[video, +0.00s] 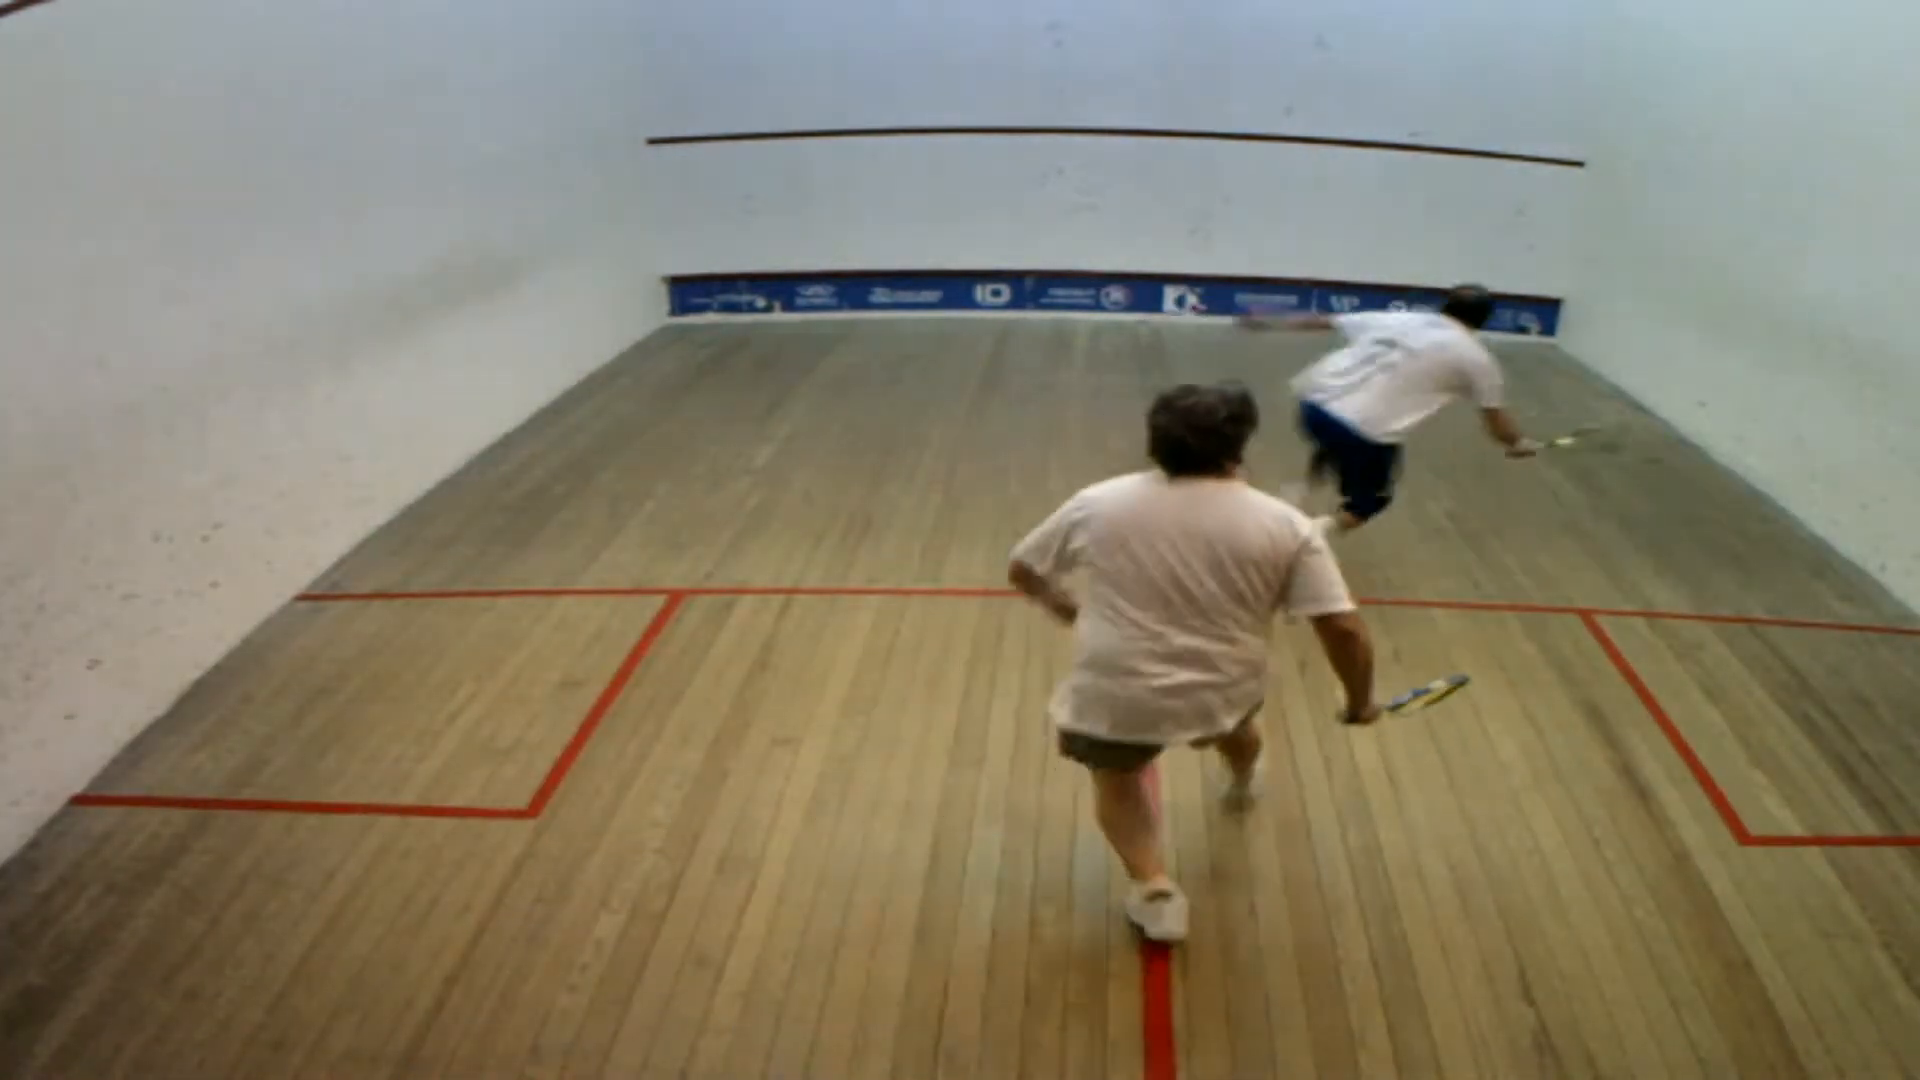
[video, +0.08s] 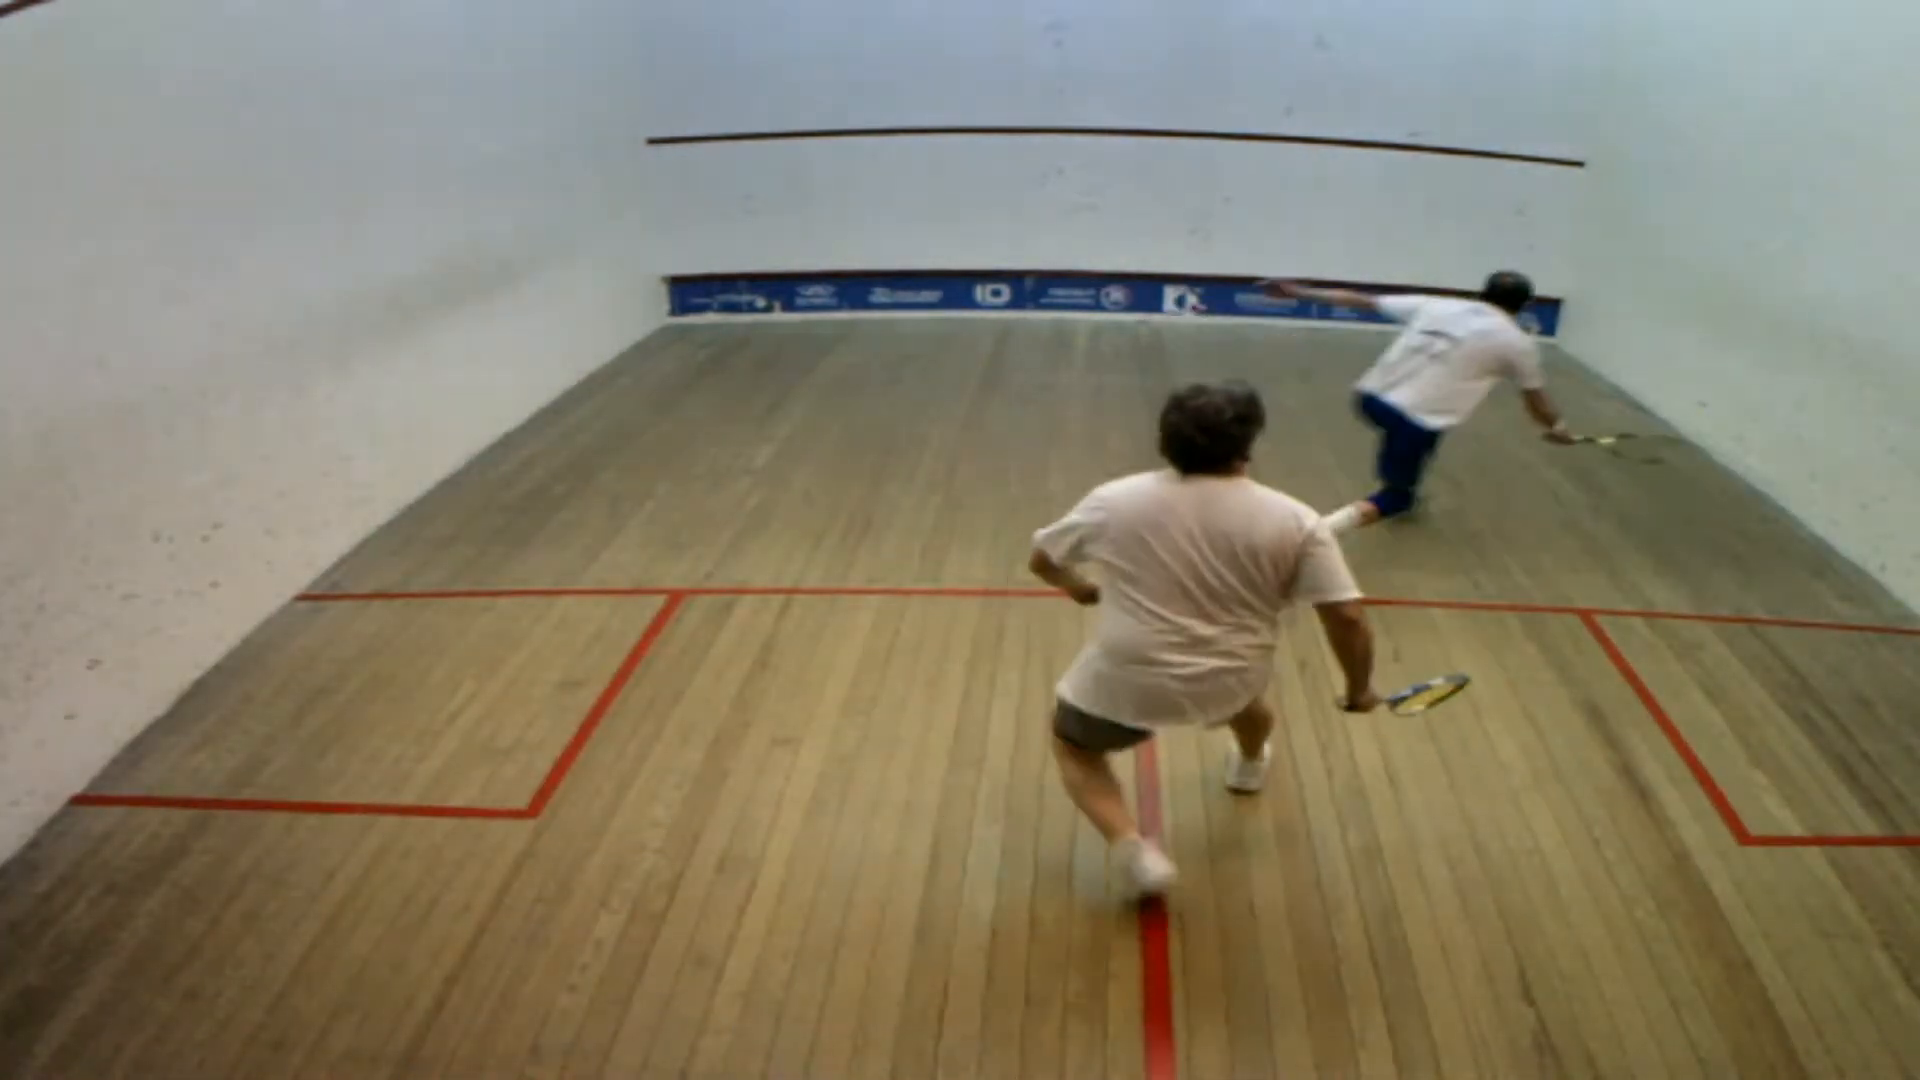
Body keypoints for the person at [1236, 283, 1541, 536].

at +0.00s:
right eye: (1480, 319)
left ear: (1446, 305)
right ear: (1480, 323)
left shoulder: (1403, 318)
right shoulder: (1474, 359)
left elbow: (1327, 322)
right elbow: (1496, 423)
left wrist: (1268, 323)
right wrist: (1517, 444)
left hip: (1314, 406)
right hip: (1361, 434)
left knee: (1330, 452)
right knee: (1370, 501)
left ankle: (1300, 494)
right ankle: (1312, 533)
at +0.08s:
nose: (1521, 313)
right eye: (1523, 307)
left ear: (1486, 292)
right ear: (1519, 307)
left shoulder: (1439, 305)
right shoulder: (1515, 341)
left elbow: (1366, 302)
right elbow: (1537, 402)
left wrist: (1303, 293)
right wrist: (1555, 428)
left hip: (1370, 397)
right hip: (1411, 423)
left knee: (1424, 431)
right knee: (1396, 494)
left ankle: (1402, 497)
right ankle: (1320, 531)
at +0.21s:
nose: (1566, 312)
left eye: (1562, 304)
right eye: (1565, 306)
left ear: (1529, 294)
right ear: (1561, 307)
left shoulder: (1487, 307)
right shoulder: (1560, 337)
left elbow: (1425, 306)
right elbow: (1581, 393)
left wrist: (1365, 308)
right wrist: (1595, 419)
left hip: (1437, 397)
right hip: (1472, 412)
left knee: (1489, 424)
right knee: (1431, 478)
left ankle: (1510, 466)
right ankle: (1355, 521)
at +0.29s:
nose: (1584, 321)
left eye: (1580, 313)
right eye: (1585, 315)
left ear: (1549, 301)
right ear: (1579, 315)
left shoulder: (1508, 318)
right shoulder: (1580, 345)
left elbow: (1447, 326)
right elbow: (1598, 395)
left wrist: (1395, 331)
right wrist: (1614, 421)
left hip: (1462, 402)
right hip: (1500, 417)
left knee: (1520, 427)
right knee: (1454, 484)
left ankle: (1530, 472)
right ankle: (1379, 512)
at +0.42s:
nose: (1624, 340)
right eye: (1625, 336)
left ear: (1592, 320)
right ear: (1621, 335)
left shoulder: (1562, 329)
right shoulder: (1619, 355)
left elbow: (1506, 351)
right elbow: (1622, 403)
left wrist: (1458, 380)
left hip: (1498, 387)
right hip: (1535, 405)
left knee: (1518, 435)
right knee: (1530, 470)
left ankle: (1533, 473)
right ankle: (1470, 477)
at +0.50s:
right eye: (1643, 332)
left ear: (1613, 316)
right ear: (1641, 331)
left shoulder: (1582, 323)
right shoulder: (1639, 353)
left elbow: (1529, 344)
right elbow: (1619, 387)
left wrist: (1486, 372)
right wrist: (1626, 390)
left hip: (1520, 378)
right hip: (1561, 396)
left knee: (1541, 428)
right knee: (1582, 438)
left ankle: (1530, 465)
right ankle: (1524, 458)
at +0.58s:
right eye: (1656, 327)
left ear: (1625, 310)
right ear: (1653, 327)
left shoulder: (1594, 317)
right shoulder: (1652, 349)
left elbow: (1536, 335)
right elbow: (1626, 382)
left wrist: (1508, 363)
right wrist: (1629, 383)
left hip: (1536, 376)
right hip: (1580, 394)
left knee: (1552, 406)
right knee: (1611, 418)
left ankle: (1529, 452)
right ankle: (1565, 459)